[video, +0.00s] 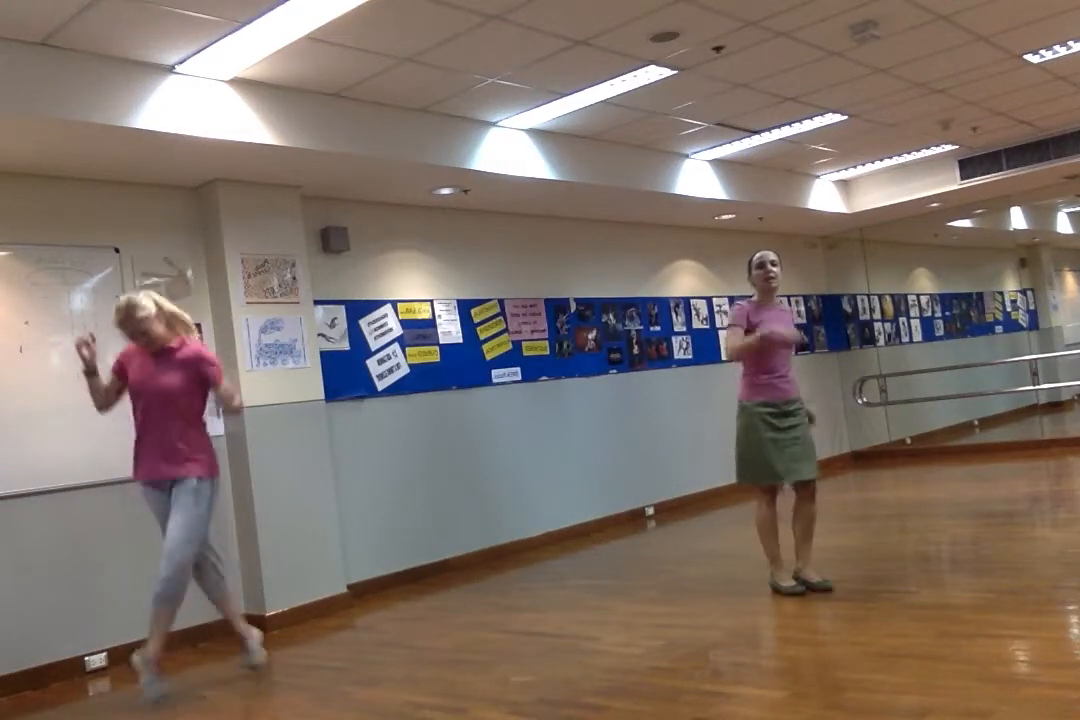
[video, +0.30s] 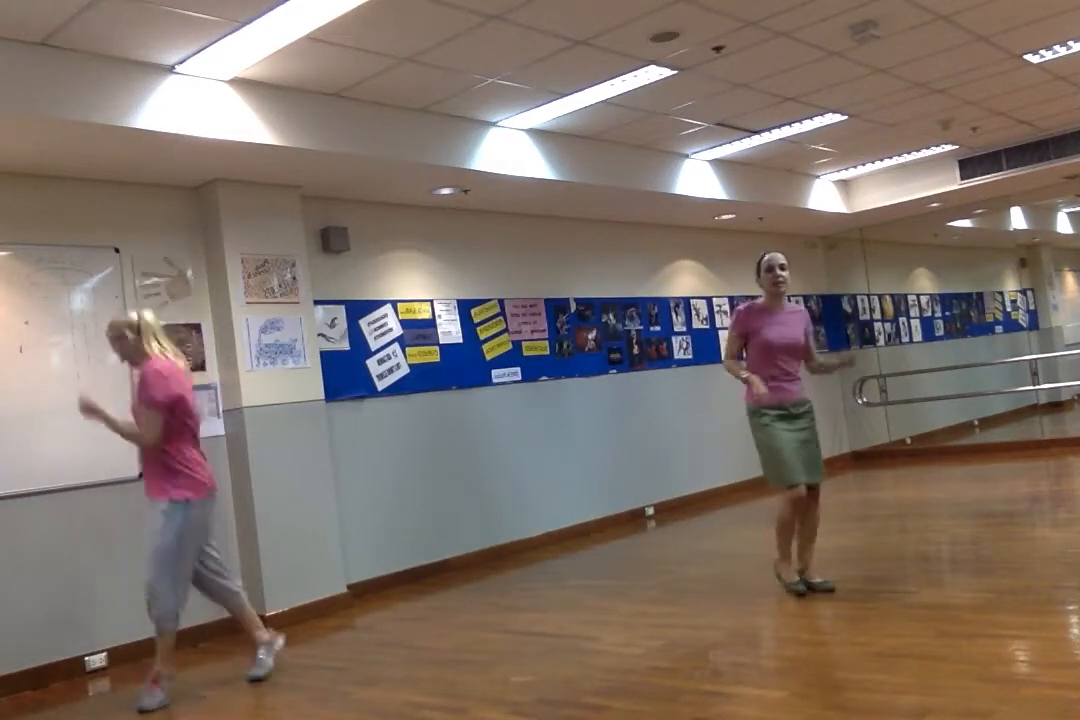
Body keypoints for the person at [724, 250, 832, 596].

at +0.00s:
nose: (768, 270)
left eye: (773, 264)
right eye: (760, 266)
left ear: (781, 273)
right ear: (751, 277)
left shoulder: (789, 315)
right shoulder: (743, 311)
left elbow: (787, 369)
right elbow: (731, 350)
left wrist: (802, 406)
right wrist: (761, 341)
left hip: (790, 406)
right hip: (757, 409)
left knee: (807, 485)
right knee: (767, 491)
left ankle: (803, 567)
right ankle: (776, 571)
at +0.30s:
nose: (778, 274)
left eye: (782, 268)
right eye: (770, 269)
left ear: (790, 275)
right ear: (759, 278)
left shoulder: (801, 315)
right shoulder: (746, 315)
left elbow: (813, 363)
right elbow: (730, 361)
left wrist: (839, 361)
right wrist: (750, 377)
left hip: (800, 409)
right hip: (767, 412)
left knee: (812, 493)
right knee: (795, 491)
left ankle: (805, 570)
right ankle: (784, 565)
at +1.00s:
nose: (741, 269)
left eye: (748, 262)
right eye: (738, 263)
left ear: (769, 267)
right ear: (738, 271)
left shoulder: (794, 306)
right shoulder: (733, 314)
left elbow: (820, 349)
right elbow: (731, 364)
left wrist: (810, 379)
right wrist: (721, 381)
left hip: (790, 408)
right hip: (755, 414)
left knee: (793, 498)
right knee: (785, 502)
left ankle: (819, 588)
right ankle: (818, 587)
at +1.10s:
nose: (732, 272)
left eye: (739, 265)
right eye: (730, 266)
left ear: (762, 269)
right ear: (732, 274)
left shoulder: (787, 305)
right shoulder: (738, 316)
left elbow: (816, 352)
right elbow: (739, 373)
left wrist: (801, 388)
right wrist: (718, 404)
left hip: (783, 412)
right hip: (749, 417)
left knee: (783, 504)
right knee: (775, 507)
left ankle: (818, 589)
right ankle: (817, 585)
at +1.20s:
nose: (723, 275)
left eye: (730, 269)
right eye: (722, 269)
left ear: (754, 272)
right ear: (731, 276)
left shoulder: (777, 309)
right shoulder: (736, 317)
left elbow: (804, 359)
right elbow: (742, 376)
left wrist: (783, 388)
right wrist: (726, 418)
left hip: (776, 416)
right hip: (746, 420)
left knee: (780, 510)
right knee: (753, 513)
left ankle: (816, 592)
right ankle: (813, 568)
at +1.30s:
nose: (714, 276)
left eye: (720, 270)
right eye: (715, 270)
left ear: (742, 273)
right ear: (734, 276)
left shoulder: (767, 309)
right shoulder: (734, 315)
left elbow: (782, 362)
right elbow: (748, 367)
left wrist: (743, 384)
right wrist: (733, 388)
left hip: (771, 417)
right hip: (746, 419)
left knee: (781, 509)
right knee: (731, 508)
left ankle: (817, 590)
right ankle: (791, 572)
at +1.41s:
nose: (702, 272)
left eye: (708, 265)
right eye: (703, 266)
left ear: (729, 269)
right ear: (724, 270)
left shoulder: (750, 304)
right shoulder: (728, 309)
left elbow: (758, 359)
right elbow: (741, 363)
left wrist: (708, 382)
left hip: (761, 415)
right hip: (738, 417)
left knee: (785, 503)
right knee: (723, 502)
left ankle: (818, 590)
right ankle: (765, 588)